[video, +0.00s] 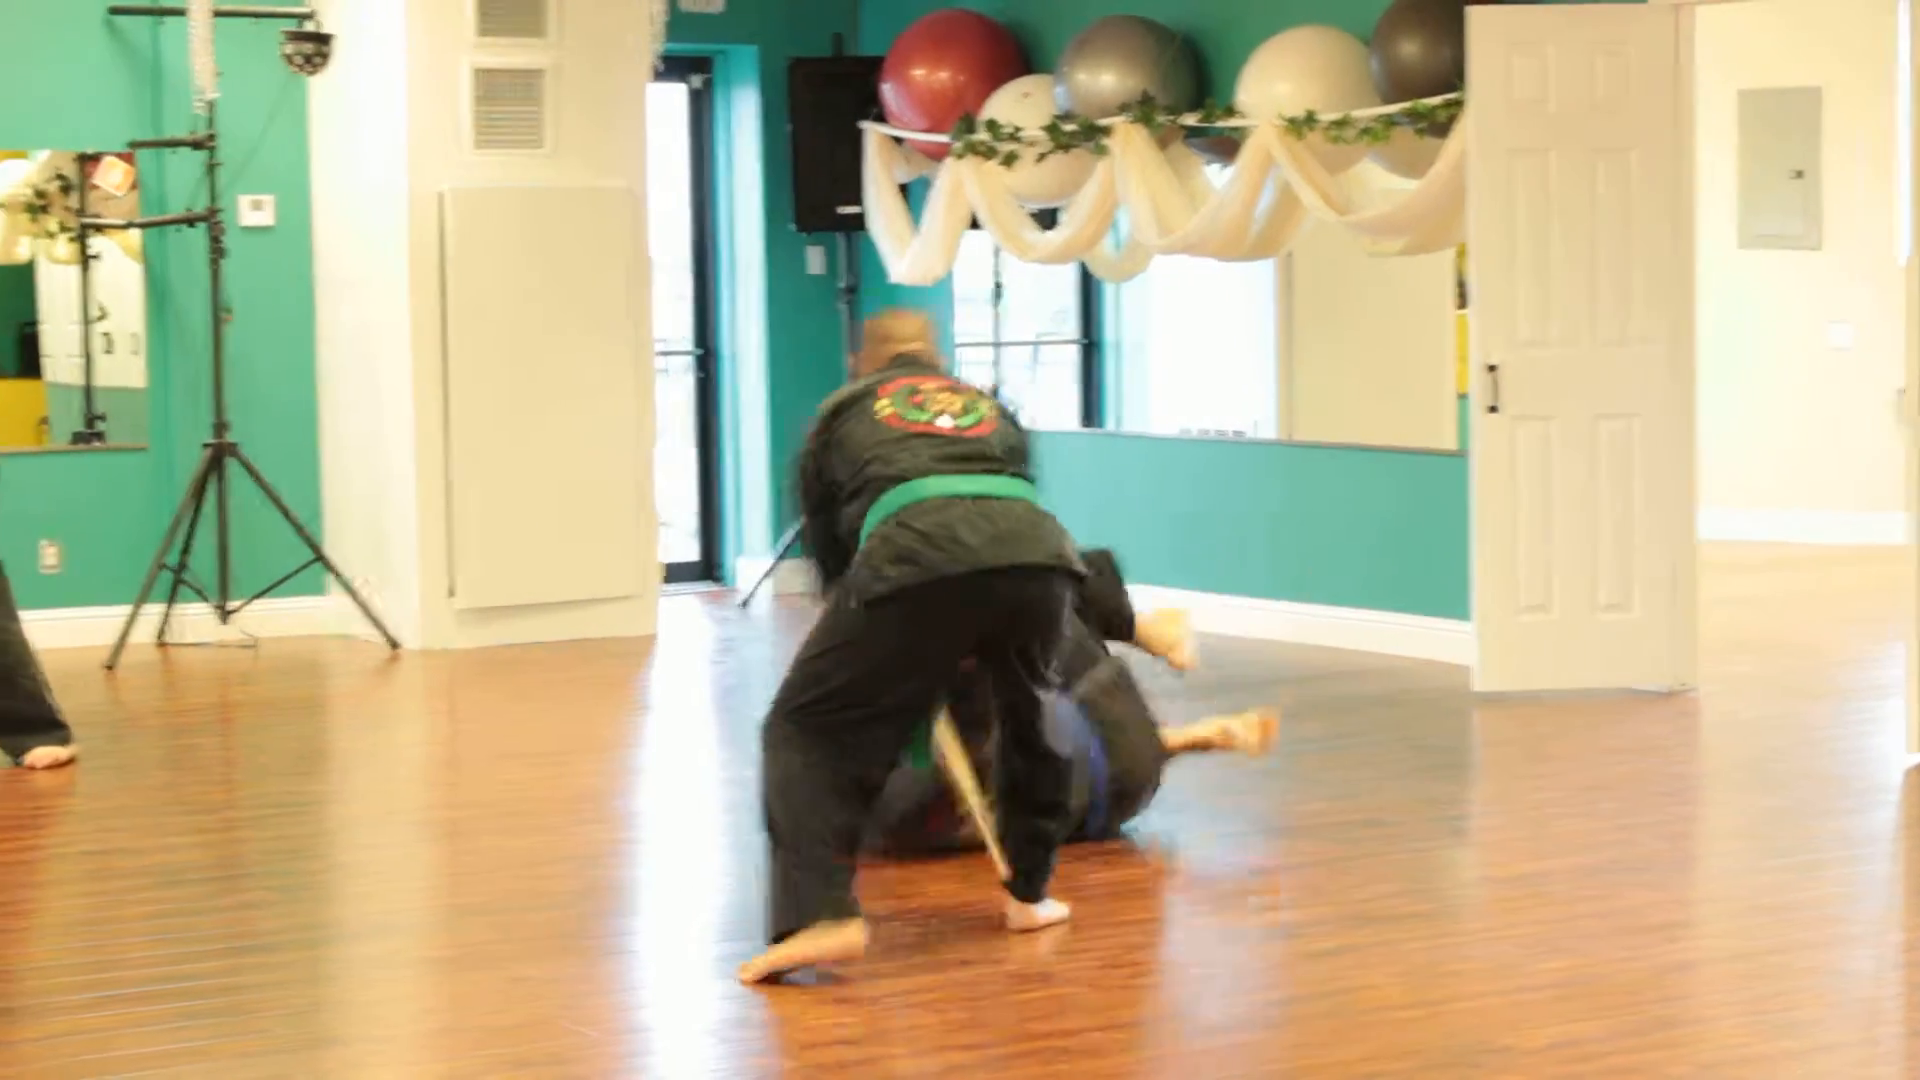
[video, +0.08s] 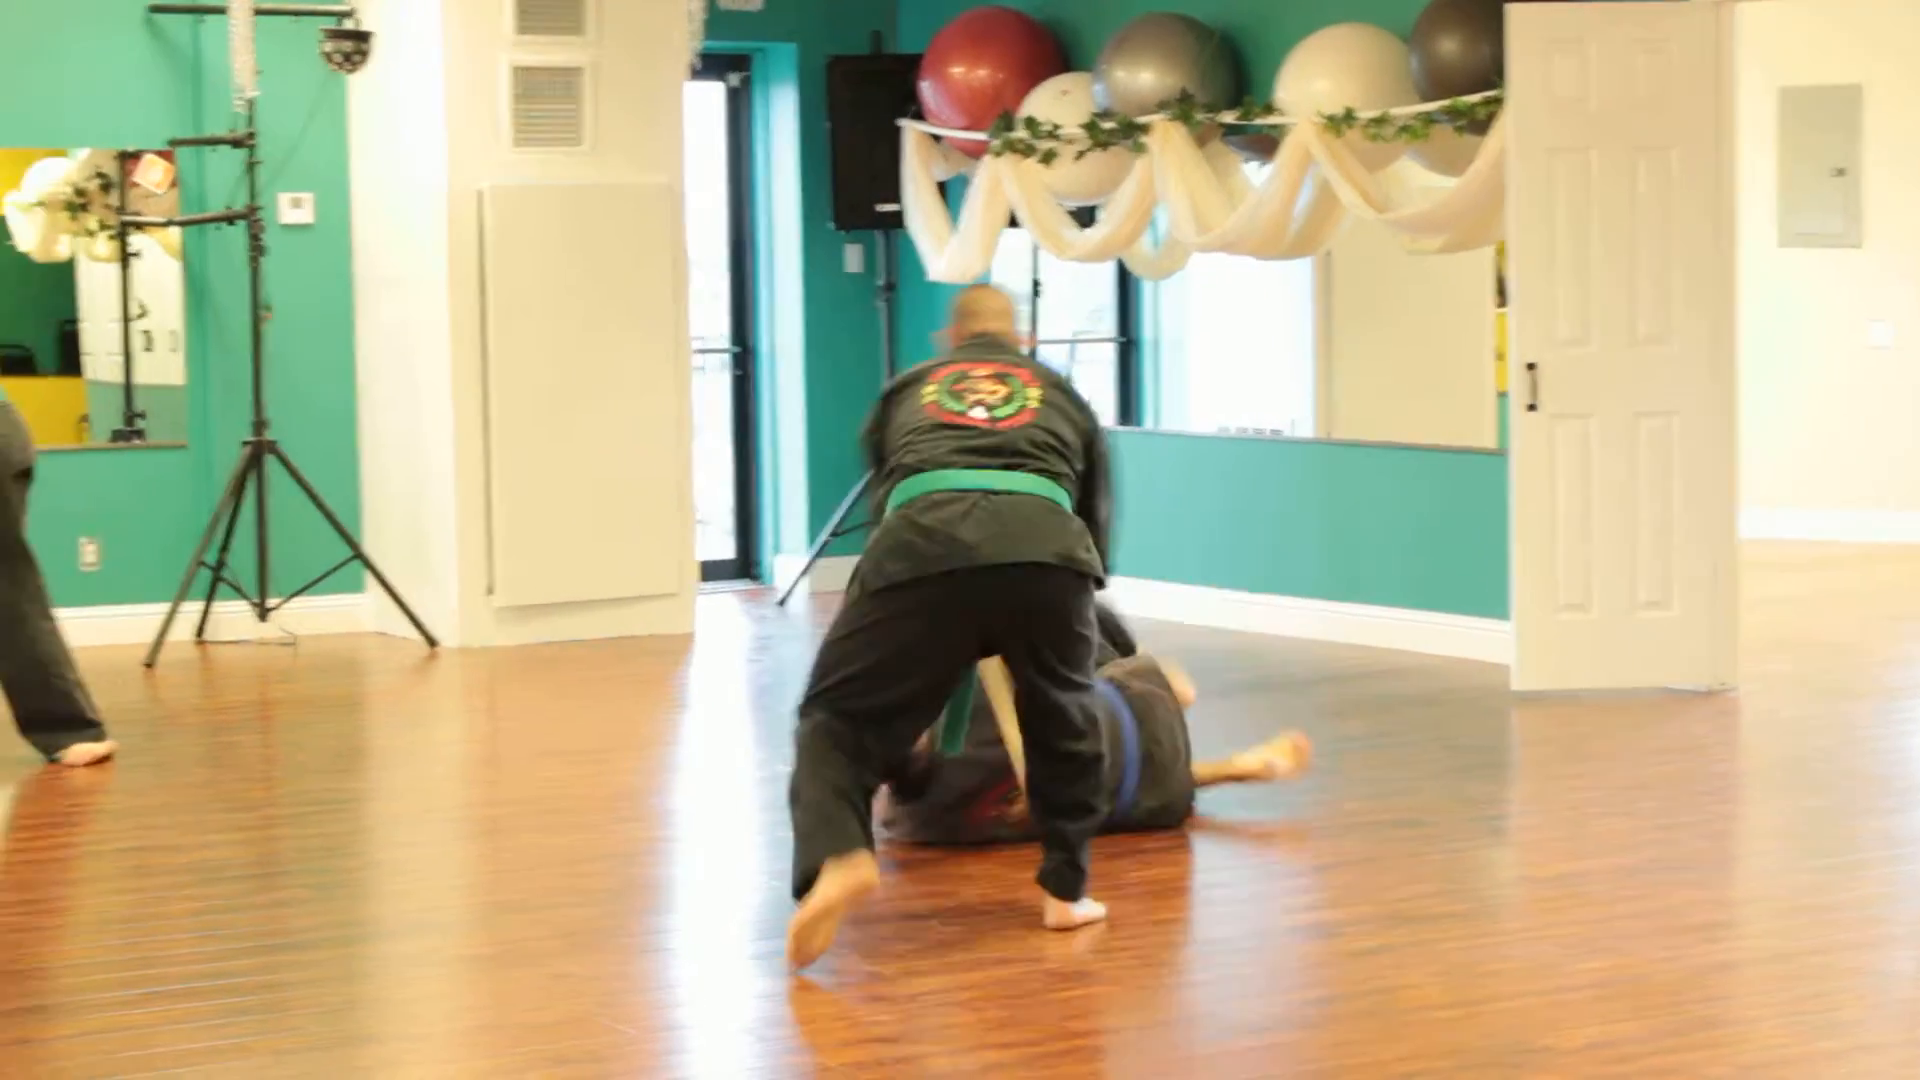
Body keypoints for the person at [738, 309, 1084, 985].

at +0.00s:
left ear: (863, 366)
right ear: (935, 359)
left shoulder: (836, 420)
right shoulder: (990, 408)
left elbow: (835, 561)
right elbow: (1013, 511)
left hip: (914, 566)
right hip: (1033, 558)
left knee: (806, 728)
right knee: (1027, 710)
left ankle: (824, 914)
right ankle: (1030, 890)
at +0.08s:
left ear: (951, 338)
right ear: (1021, 339)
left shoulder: (907, 387)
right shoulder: (1066, 397)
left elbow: (887, 495)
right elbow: (1093, 521)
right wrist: (1075, 595)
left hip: (923, 546)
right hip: (1045, 551)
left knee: (837, 714)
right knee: (1063, 704)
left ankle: (840, 852)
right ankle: (1065, 887)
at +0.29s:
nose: (1104, 316)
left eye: (1099, 309)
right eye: (1103, 308)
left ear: (1020, 301)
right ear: (1094, 310)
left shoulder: (968, 343)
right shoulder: (1108, 368)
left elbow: (944, 439)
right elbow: (1131, 520)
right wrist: (1090, 548)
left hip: (881, 513)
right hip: (992, 520)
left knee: (888, 657)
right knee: (1084, 691)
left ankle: (824, 824)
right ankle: (1094, 883)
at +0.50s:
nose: (1079, 298)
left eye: (1077, 289)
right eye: (1078, 288)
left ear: (999, 279)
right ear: (1067, 284)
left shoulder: (949, 336)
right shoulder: (1045, 320)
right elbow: (1132, 391)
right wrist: (1170, 491)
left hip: (862, 532)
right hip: (956, 534)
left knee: (886, 653)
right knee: (1074, 688)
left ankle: (841, 832)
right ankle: (1085, 871)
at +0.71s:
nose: (872, 273)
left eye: (873, 264)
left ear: (879, 266)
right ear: (957, 251)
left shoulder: (855, 331)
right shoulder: (1023, 280)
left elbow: (818, 457)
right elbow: (1140, 275)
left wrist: (794, 467)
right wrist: (1194, 293)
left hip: (954, 524)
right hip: (1063, 511)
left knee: (876, 658)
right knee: (1082, 680)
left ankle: (921, 823)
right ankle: (1172, 761)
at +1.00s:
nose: (815, 356)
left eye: (806, 340)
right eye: (806, 343)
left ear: (820, 322)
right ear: (865, 298)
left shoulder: (897, 364)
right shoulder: (931, 331)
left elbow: (911, 497)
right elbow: (972, 448)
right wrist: (929, 537)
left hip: (1052, 542)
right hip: (1093, 524)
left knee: (919, 645)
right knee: (1034, 670)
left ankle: (938, 831)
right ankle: (1127, 775)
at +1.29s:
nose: (820, 356)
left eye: (810, 341)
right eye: (809, 345)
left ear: (828, 314)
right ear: (845, 300)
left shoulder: (931, 343)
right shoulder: (907, 348)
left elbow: (944, 478)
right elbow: (917, 464)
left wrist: (900, 478)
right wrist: (915, 556)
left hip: (1076, 511)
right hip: (1079, 507)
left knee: (950, 634)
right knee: (1040, 668)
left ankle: (949, 830)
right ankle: (1132, 768)